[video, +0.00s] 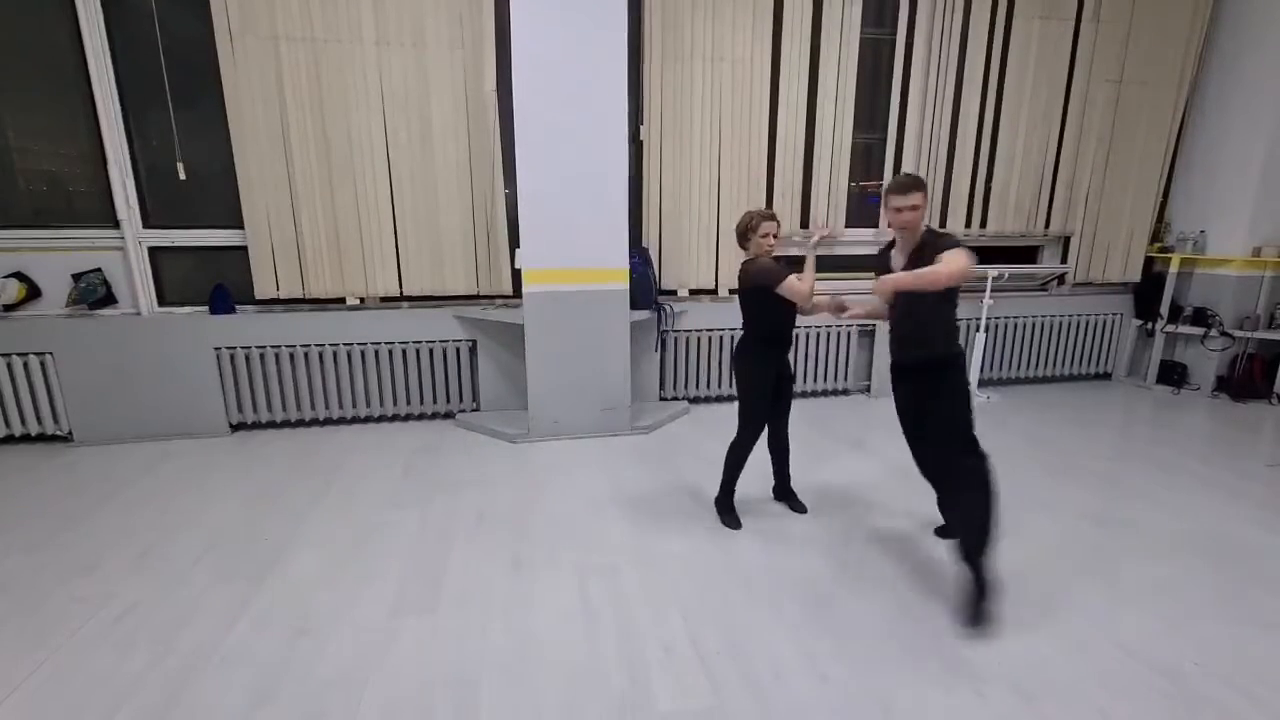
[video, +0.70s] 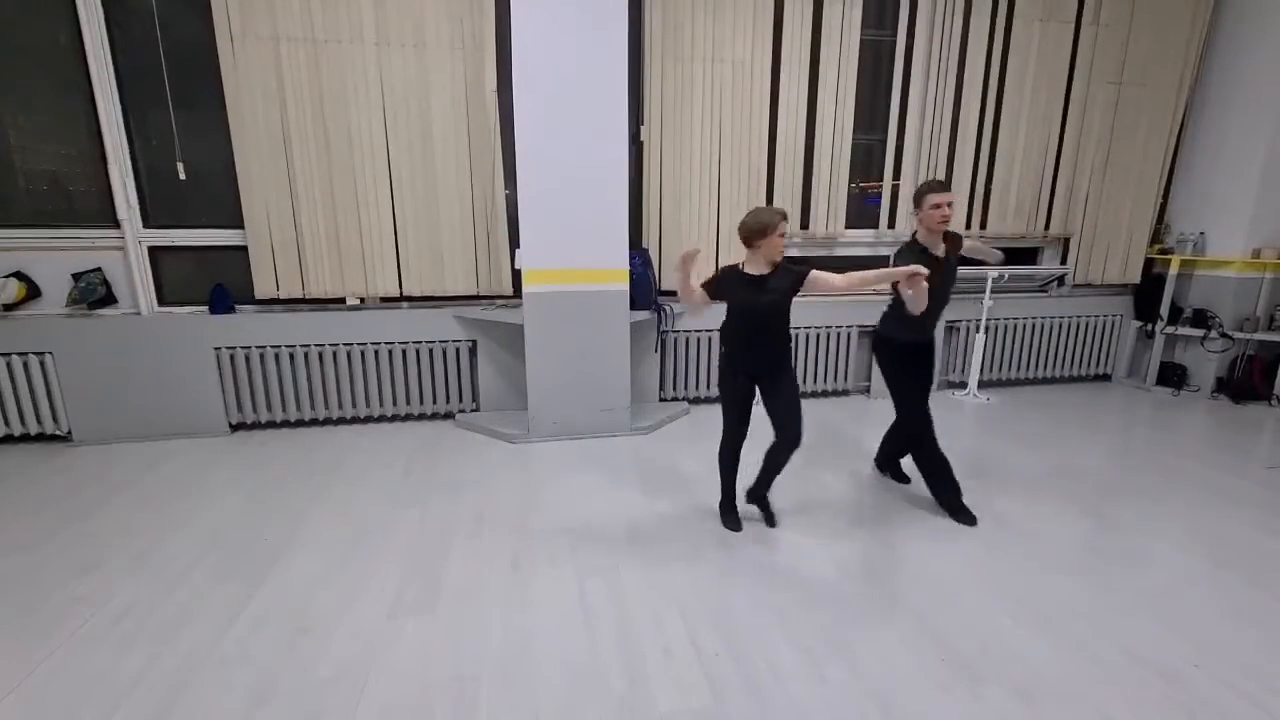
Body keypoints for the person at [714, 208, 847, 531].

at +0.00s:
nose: (772, 241)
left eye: (775, 236)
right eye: (765, 236)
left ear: (777, 237)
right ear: (748, 238)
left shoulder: (771, 267)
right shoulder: (757, 269)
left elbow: (798, 307)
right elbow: (805, 296)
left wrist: (829, 306)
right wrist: (812, 250)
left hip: (777, 360)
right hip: (754, 361)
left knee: (779, 429)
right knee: (749, 432)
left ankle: (783, 487)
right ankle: (724, 497)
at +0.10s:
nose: (767, 244)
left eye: (770, 238)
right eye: (759, 238)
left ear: (774, 240)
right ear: (742, 240)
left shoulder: (770, 273)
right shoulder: (747, 272)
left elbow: (803, 305)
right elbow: (807, 283)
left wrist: (845, 312)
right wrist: (813, 253)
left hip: (772, 364)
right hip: (748, 365)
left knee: (777, 431)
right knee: (749, 435)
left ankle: (781, 487)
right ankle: (725, 500)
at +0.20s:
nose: (762, 245)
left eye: (766, 238)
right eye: (755, 239)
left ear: (770, 238)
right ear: (737, 240)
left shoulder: (776, 273)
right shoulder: (729, 270)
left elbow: (818, 298)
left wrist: (864, 310)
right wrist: (799, 259)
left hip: (769, 361)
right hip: (738, 363)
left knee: (783, 427)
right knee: (741, 432)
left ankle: (777, 488)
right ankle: (724, 500)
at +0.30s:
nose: (760, 246)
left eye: (764, 239)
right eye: (752, 239)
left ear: (769, 241)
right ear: (735, 242)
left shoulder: (778, 273)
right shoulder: (724, 272)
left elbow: (826, 292)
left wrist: (871, 297)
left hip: (767, 363)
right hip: (731, 364)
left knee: (788, 429)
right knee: (734, 432)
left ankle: (765, 481)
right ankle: (724, 500)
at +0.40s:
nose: (764, 246)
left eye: (767, 239)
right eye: (757, 240)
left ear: (770, 240)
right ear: (737, 242)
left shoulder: (779, 272)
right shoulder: (722, 270)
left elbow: (827, 287)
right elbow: (692, 237)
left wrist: (874, 291)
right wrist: (731, 244)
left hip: (767, 364)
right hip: (728, 365)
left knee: (776, 433)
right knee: (731, 433)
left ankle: (752, 489)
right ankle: (725, 499)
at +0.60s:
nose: (771, 243)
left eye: (775, 237)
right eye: (764, 236)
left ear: (777, 240)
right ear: (743, 239)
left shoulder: (783, 274)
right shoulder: (724, 271)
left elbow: (832, 281)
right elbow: (683, 262)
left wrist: (885, 278)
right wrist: (697, 241)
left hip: (771, 371)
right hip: (731, 370)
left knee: (764, 444)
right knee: (730, 440)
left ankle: (745, 492)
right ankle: (726, 498)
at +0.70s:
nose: (785, 241)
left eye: (785, 235)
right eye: (780, 235)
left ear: (772, 241)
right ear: (757, 240)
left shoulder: (790, 274)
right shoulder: (729, 278)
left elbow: (844, 281)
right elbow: (690, 301)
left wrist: (903, 272)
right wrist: (684, 271)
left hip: (776, 368)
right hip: (737, 368)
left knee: (790, 437)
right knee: (734, 436)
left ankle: (758, 492)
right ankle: (727, 502)